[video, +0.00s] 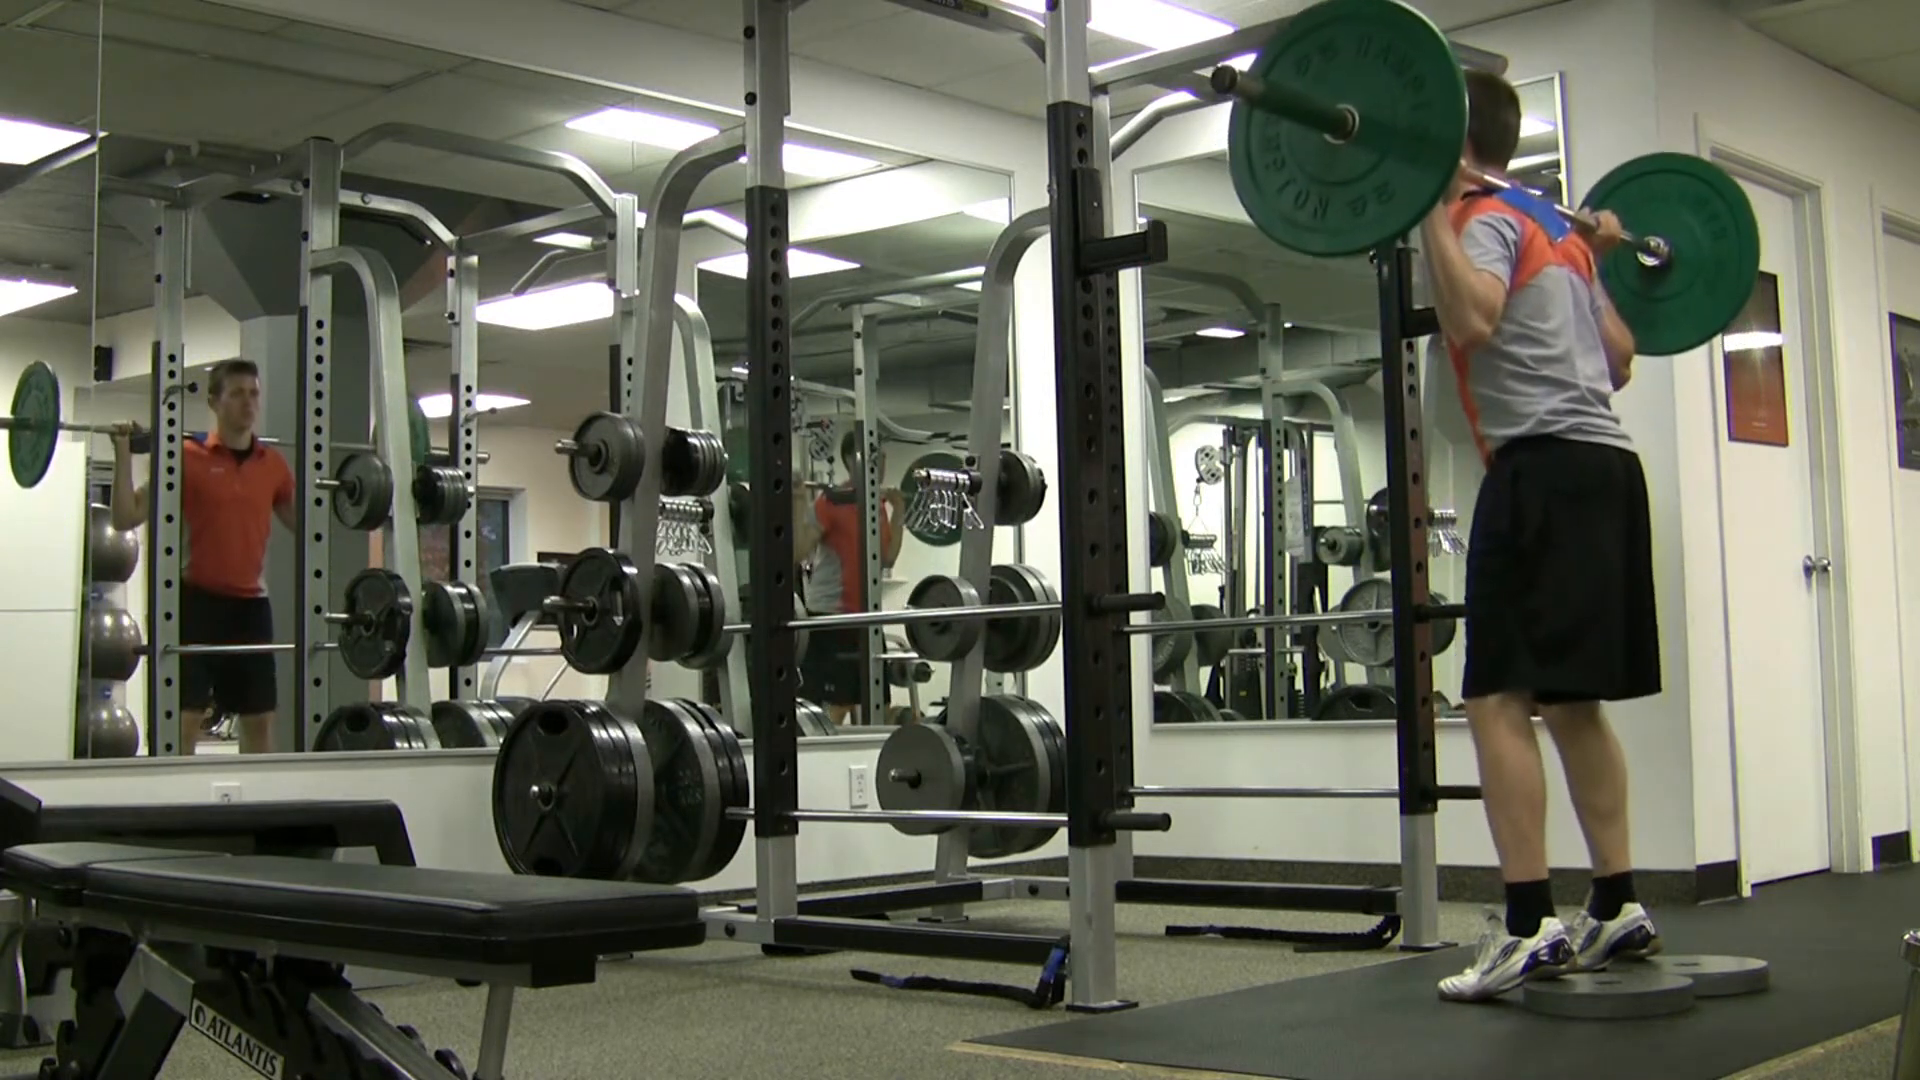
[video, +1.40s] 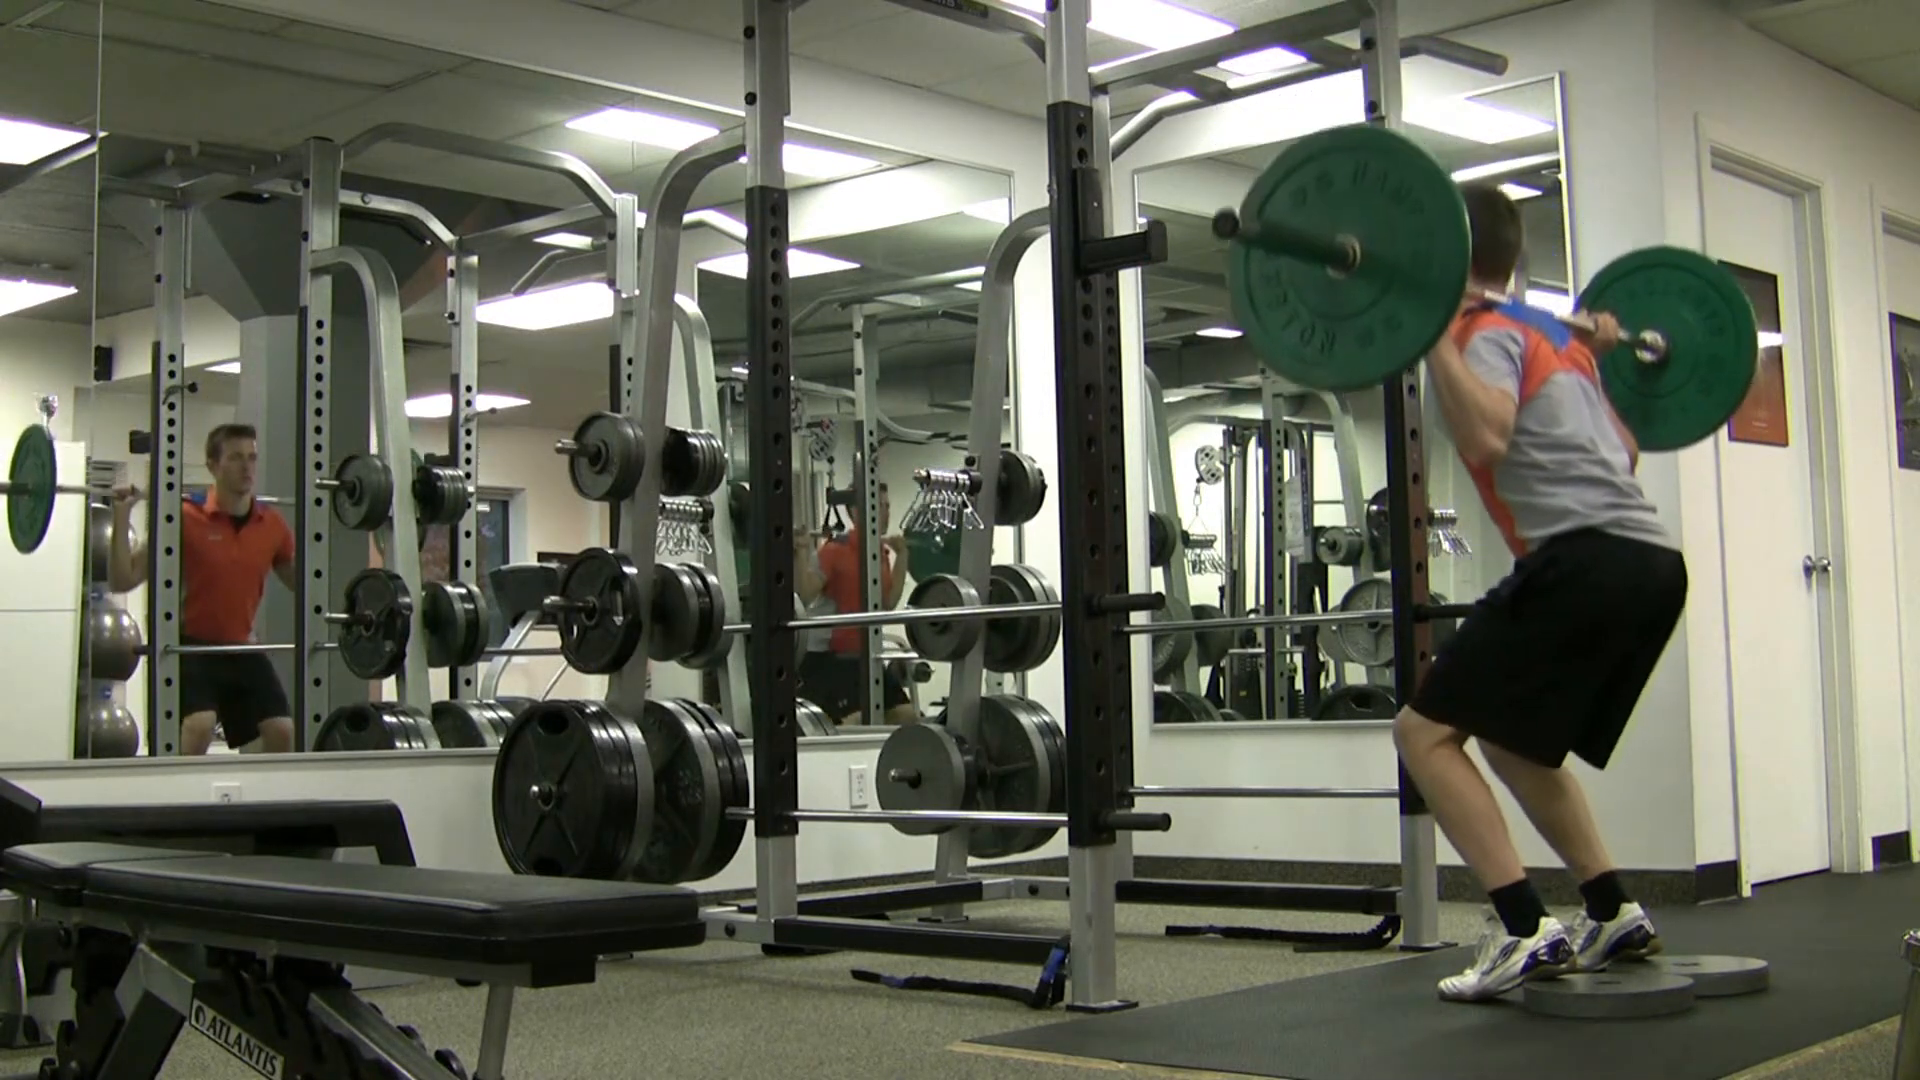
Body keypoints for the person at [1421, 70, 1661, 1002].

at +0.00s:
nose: (1428, 154)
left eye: (1432, 135)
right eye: (1437, 136)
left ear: (1454, 139)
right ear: (1512, 143)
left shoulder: (1485, 215)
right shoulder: (1561, 227)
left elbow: (1475, 324)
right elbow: (1618, 355)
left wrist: (1432, 215)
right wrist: (1601, 252)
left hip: (1541, 473)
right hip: (1604, 471)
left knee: (1495, 702)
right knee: (1573, 701)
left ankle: (1527, 929)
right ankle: (1618, 909)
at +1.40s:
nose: (1431, 273)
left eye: (1436, 257)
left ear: (1448, 261)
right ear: (1514, 263)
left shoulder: (1488, 331)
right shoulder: (1560, 341)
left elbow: (1485, 441)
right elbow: (1625, 449)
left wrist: (1433, 335)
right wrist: (1594, 352)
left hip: (1581, 560)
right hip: (1651, 566)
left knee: (1423, 731)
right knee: (1514, 737)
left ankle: (1524, 928)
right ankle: (1613, 912)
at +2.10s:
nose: (1425, 402)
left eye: (1430, 387)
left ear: (1443, 396)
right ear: (1514, 396)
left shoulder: (1494, 468)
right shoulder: (1560, 465)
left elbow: (1498, 582)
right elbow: (1623, 563)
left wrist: (1436, 480)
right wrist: (1593, 477)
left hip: (1609, 676)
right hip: (1681, 684)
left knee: (1406, 748)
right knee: (1508, 773)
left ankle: (1523, 929)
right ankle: (1612, 914)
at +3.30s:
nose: (1427, 292)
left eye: (1430, 278)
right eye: (1428, 279)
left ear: (1453, 284)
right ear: (1510, 287)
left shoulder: (1486, 349)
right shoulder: (1560, 364)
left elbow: (1481, 453)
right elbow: (1629, 464)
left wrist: (1422, 351)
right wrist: (1593, 373)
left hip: (1589, 570)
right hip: (1662, 571)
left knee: (1423, 733)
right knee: (1515, 741)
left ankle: (1523, 929)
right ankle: (1613, 912)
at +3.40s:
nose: (1431, 267)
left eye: (1434, 253)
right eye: (1434, 252)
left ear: (1454, 257)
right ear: (1511, 260)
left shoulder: (1484, 324)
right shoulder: (1561, 336)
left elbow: (1479, 429)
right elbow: (1628, 442)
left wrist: (1419, 322)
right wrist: (1597, 348)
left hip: (1586, 551)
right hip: (1656, 550)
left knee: (1430, 728)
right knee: (1514, 730)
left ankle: (1524, 930)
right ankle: (1614, 911)